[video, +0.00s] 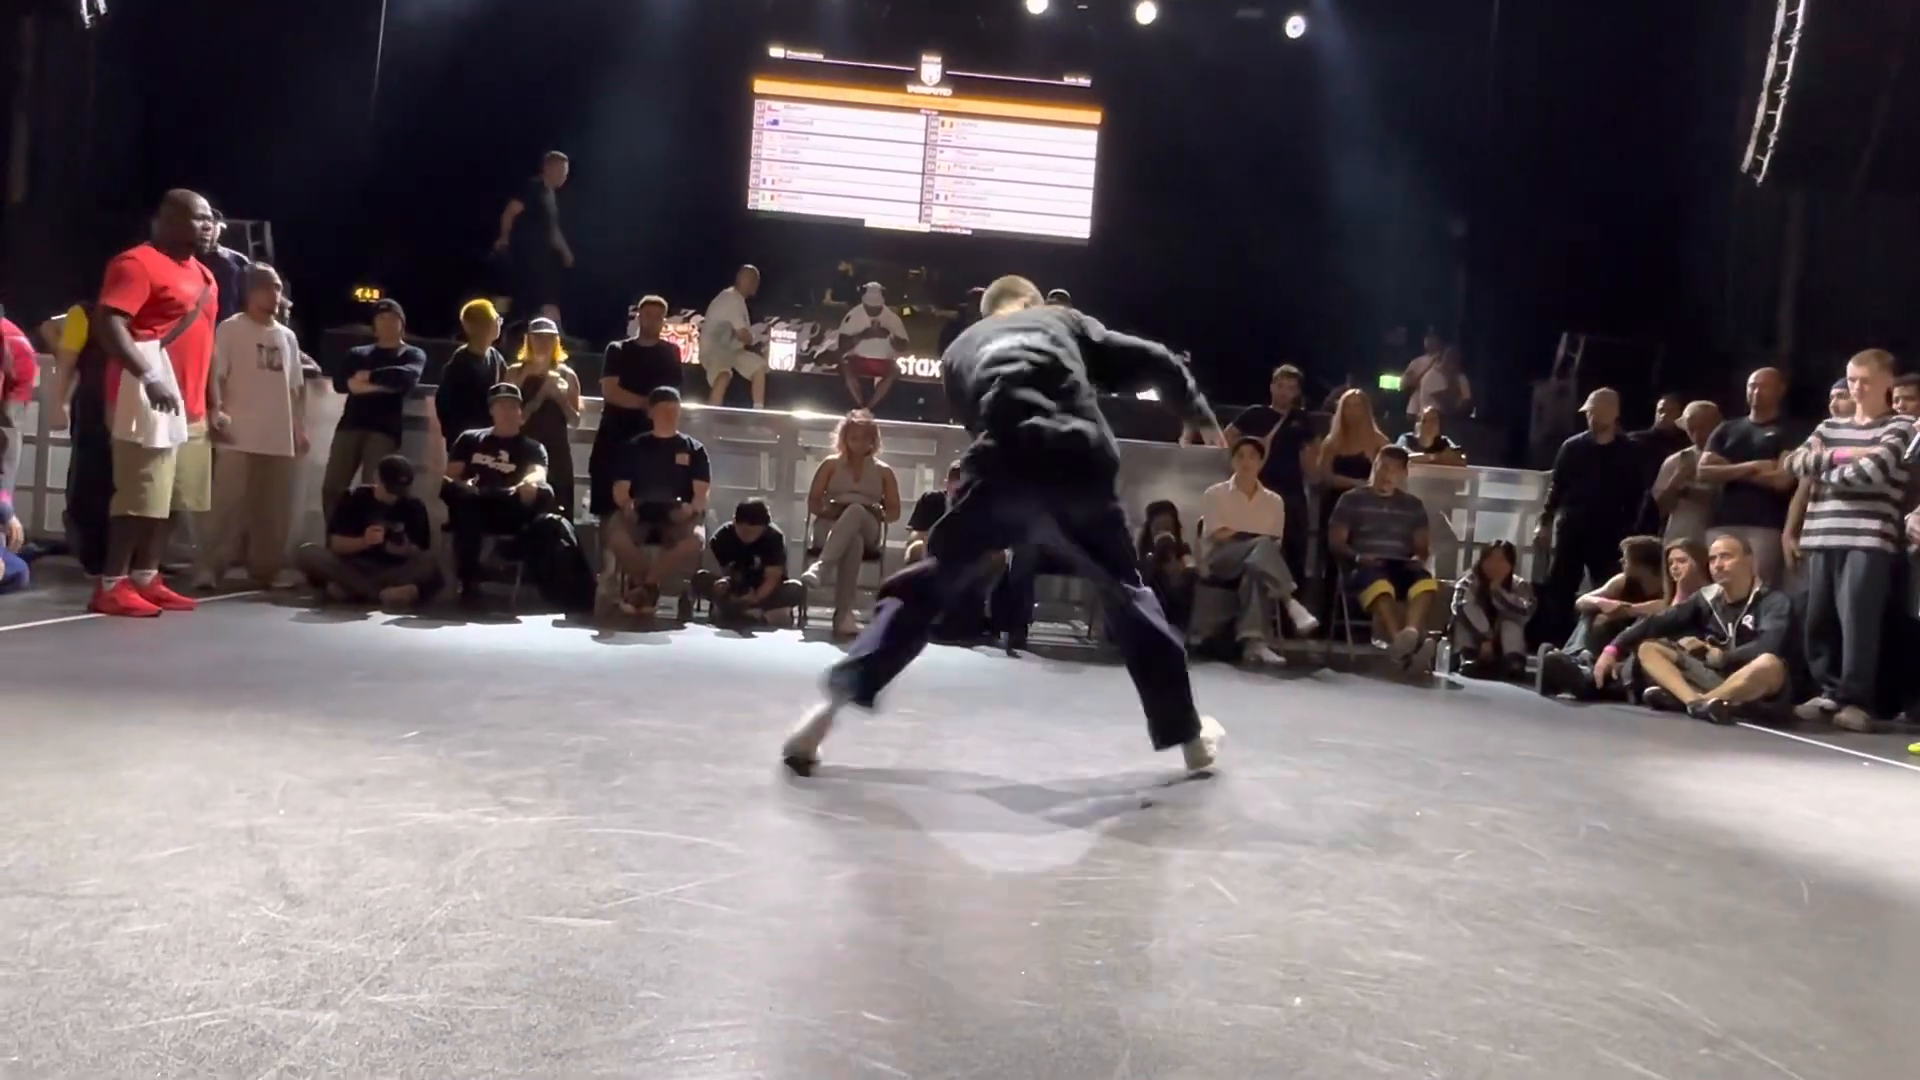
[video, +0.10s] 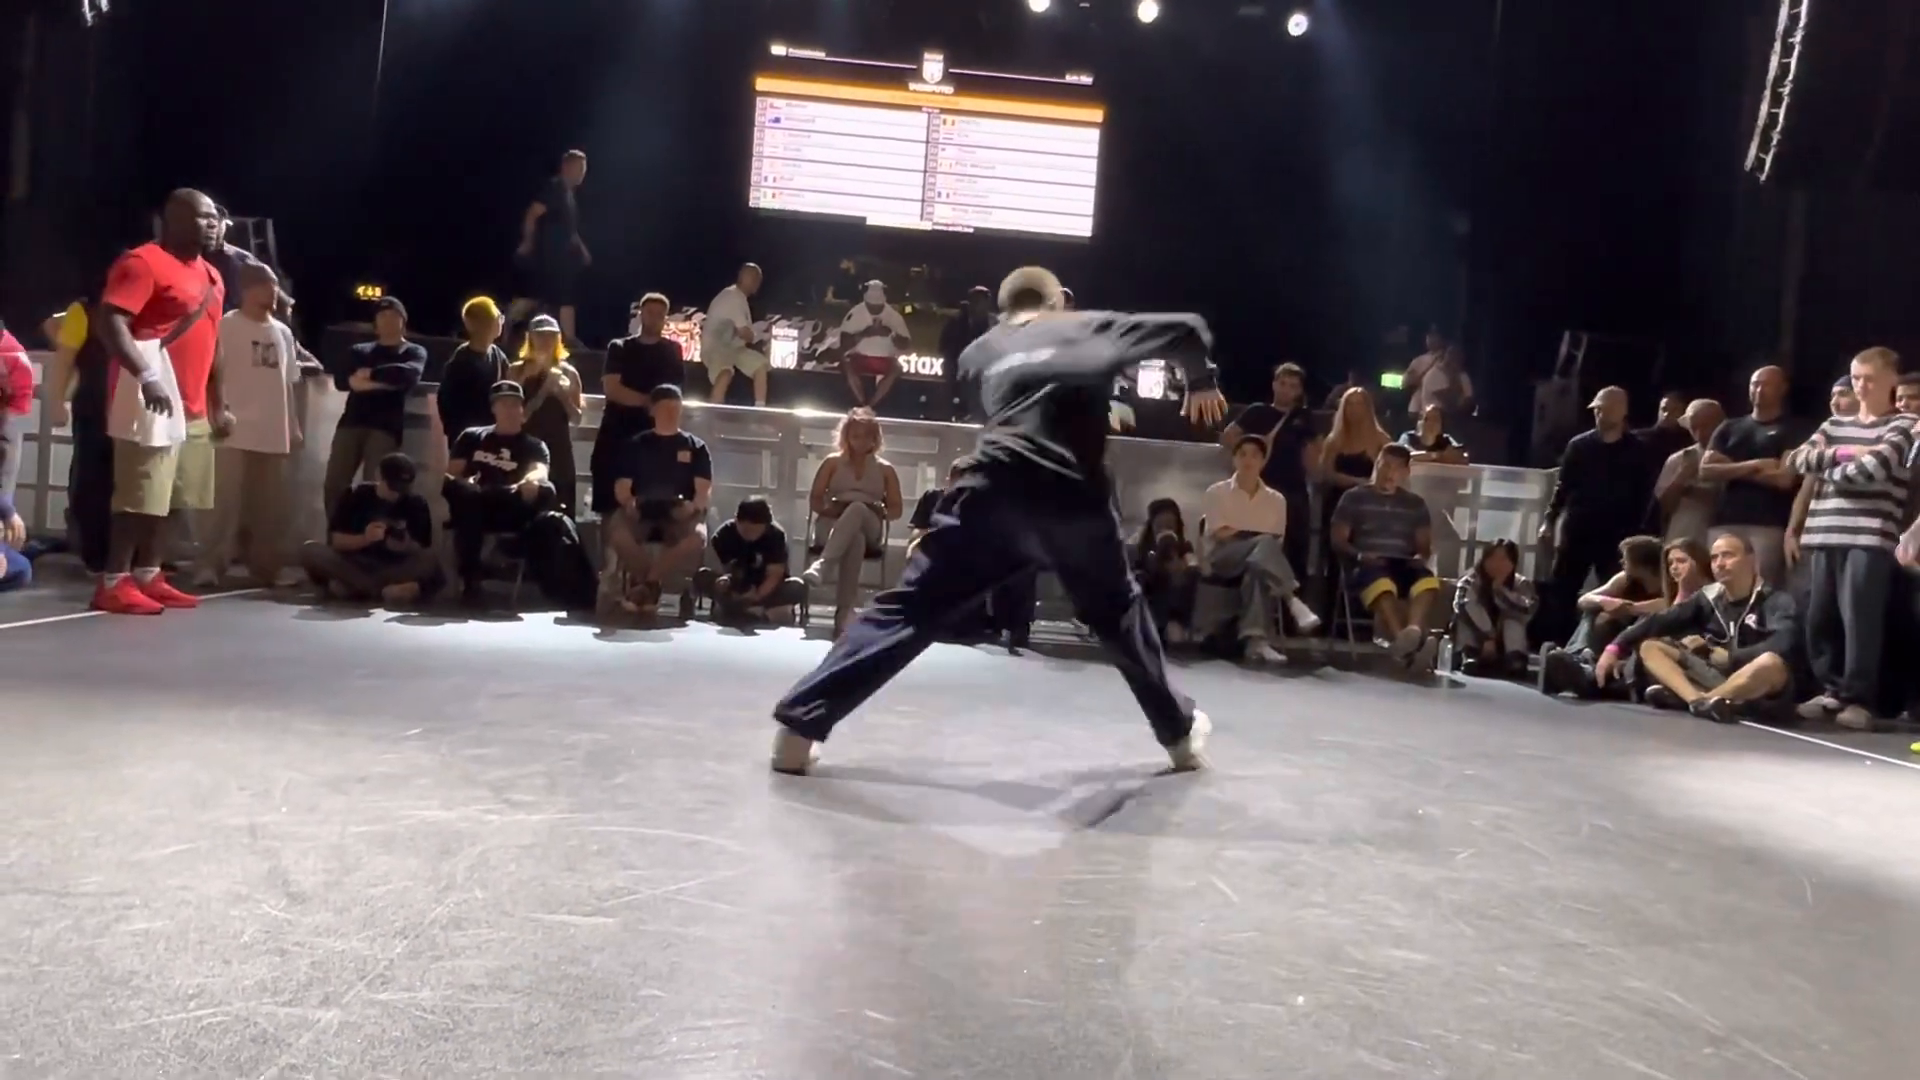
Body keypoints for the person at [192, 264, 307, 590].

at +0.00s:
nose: (275, 295)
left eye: (278, 289)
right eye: (268, 289)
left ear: (279, 294)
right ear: (250, 292)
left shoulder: (287, 337)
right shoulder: (228, 330)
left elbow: (296, 387)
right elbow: (215, 375)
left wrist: (298, 427)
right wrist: (215, 409)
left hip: (278, 438)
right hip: (237, 435)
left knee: (274, 511)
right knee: (224, 506)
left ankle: (268, 569)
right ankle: (209, 568)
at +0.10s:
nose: (272, 296)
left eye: (274, 290)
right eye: (266, 290)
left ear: (274, 293)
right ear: (247, 291)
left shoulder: (282, 333)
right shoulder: (224, 326)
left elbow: (289, 383)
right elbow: (212, 371)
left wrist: (293, 423)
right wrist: (216, 409)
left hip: (272, 432)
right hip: (234, 428)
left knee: (268, 506)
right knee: (223, 502)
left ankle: (266, 565)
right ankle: (212, 564)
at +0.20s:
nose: (269, 290)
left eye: (270, 284)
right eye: (263, 284)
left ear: (270, 288)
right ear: (245, 287)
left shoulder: (278, 329)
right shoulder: (224, 324)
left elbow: (287, 380)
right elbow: (212, 370)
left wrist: (289, 422)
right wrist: (218, 408)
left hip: (268, 430)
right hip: (232, 427)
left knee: (263, 504)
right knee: (224, 502)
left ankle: (266, 563)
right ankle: (211, 563)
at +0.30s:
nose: (269, 286)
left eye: (269, 280)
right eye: (263, 280)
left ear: (267, 287)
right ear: (244, 285)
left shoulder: (275, 329)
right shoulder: (224, 323)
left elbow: (283, 379)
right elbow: (213, 372)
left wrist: (287, 419)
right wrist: (222, 409)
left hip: (265, 429)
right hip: (231, 426)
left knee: (262, 503)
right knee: (223, 501)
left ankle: (265, 560)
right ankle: (211, 562)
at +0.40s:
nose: (265, 287)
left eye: (266, 281)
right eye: (258, 281)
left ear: (266, 286)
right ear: (241, 285)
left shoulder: (271, 326)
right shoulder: (224, 323)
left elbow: (278, 377)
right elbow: (215, 372)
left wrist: (287, 417)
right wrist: (228, 407)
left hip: (264, 426)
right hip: (231, 424)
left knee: (262, 498)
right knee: (224, 498)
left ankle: (263, 555)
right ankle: (215, 558)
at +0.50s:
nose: (265, 283)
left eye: (264, 277)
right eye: (257, 277)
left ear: (262, 282)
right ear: (238, 281)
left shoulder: (266, 323)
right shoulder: (224, 321)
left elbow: (272, 374)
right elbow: (218, 370)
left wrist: (278, 414)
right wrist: (232, 404)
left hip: (262, 420)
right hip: (228, 420)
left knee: (259, 494)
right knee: (224, 494)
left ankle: (260, 551)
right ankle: (217, 555)